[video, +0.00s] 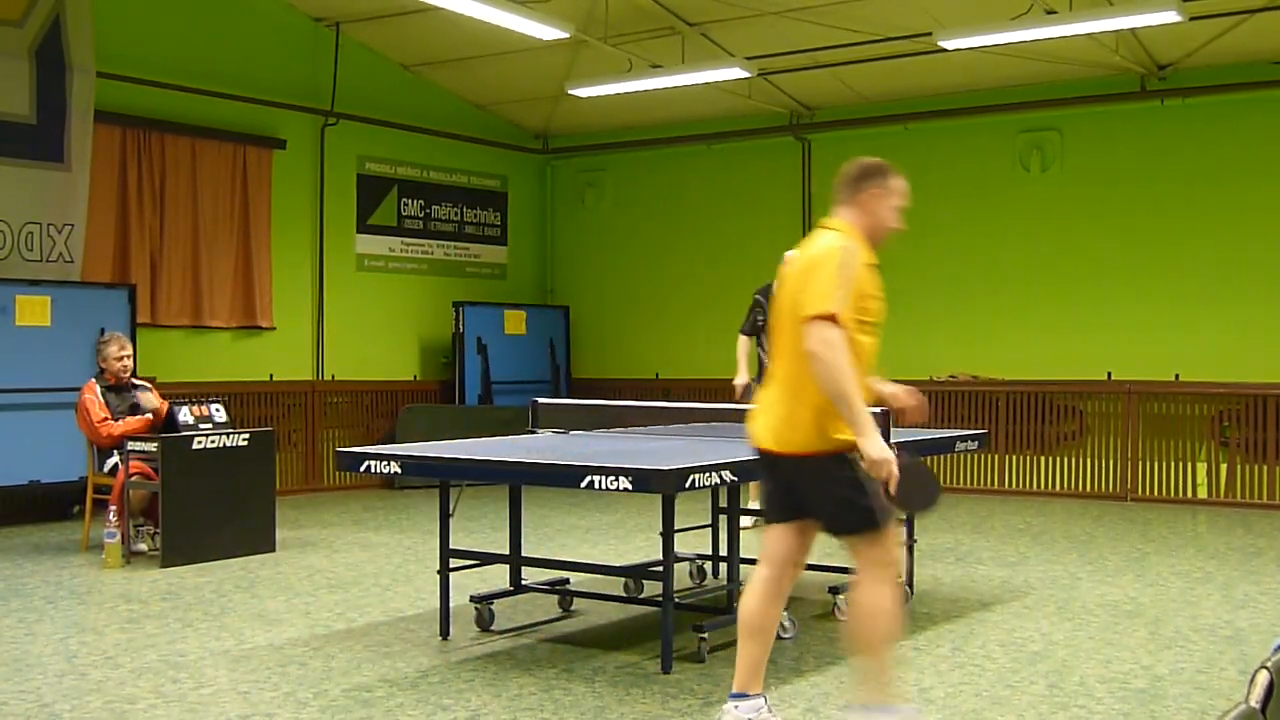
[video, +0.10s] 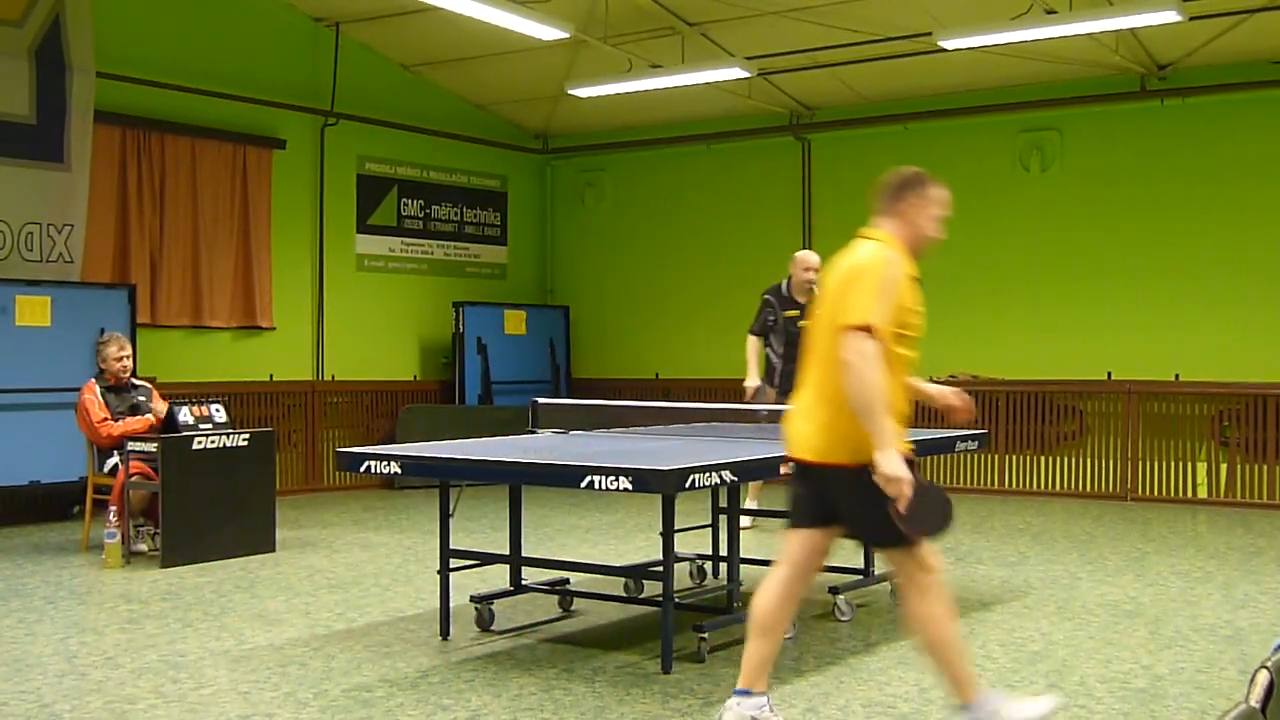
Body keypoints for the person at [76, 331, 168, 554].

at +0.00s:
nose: (126, 364)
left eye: (129, 358)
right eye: (119, 359)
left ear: (134, 359)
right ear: (103, 363)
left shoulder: (144, 387)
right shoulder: (90, 393)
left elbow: (168, 421)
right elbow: (104, 433)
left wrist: (157, 406)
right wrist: (148, 420)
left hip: (151, 451)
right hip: (116, 454)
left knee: (173, 475)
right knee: (141, 480)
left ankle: (156, 526)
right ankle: (135, 524)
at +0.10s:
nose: (126, 364)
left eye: (128, 358)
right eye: (119, 360)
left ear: (133, 359)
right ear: (102, 363)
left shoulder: (145, 388)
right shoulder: (90, 393)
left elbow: (167, 420)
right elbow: (104, 433)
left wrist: (166, 413)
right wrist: (149, 420)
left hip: (153, 452)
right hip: (117, 454)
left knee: (175, 476)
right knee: (141, 481)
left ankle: (155, 526)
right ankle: (135, 524)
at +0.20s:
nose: (125, 364)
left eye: (127, 358)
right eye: (118, 360)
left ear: (132, 359)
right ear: (102, 364)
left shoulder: (145, 388)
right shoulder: (90, 393)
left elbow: (165, 416)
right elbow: (103, 434)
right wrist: (147, 421)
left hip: (152, 452)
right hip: (116, 455)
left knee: (175, 476)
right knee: (140, 481)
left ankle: (153, 526)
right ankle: (135, 525)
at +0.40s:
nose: (124, 365)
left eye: (127, 359)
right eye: (117, 361)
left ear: (132, 360)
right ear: (101, 365)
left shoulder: (145, 388)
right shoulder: (89, 393)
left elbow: (165, 418)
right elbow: (102, 434)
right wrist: (146, 422)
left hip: (152, 452)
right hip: (116, 456)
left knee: (174, 476)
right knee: (139, 482)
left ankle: (155, 527)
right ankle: (135, 524)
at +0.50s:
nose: (124, 365)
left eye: (127, 359)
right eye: (117, 361)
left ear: (132, 359)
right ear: (101, 365)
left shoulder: (146, 388)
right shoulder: (89, 392)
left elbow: (166, 420)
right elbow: (102, 434)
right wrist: (146, 421)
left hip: (153, 452)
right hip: (116, 455)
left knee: (175, 475)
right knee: (140, 481)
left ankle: (153, 526)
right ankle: (135, 524)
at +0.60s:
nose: (124, 367)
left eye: (126, 360)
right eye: (116, 362)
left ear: (131, 360)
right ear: (101, 367)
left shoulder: (146, 388)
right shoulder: (89, 394)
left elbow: (167, 421)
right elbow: (102, 436)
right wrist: (145, 423)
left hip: (152, 453)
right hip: (116, 456)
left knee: (175, 476)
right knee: (140, 482)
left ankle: (152, 527)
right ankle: (134, 526)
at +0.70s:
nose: (123, 368)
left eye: (125, 362)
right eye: (115, 364)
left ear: (130, 362)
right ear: (100, 369)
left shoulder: (145, 389)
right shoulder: (88, 396)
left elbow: (166, 422)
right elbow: (101, 438)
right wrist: (145, 424)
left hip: (153, 454)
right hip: (117, 458)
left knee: (175, 478)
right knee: (140, 484)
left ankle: (153, 529)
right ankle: (135, 527)